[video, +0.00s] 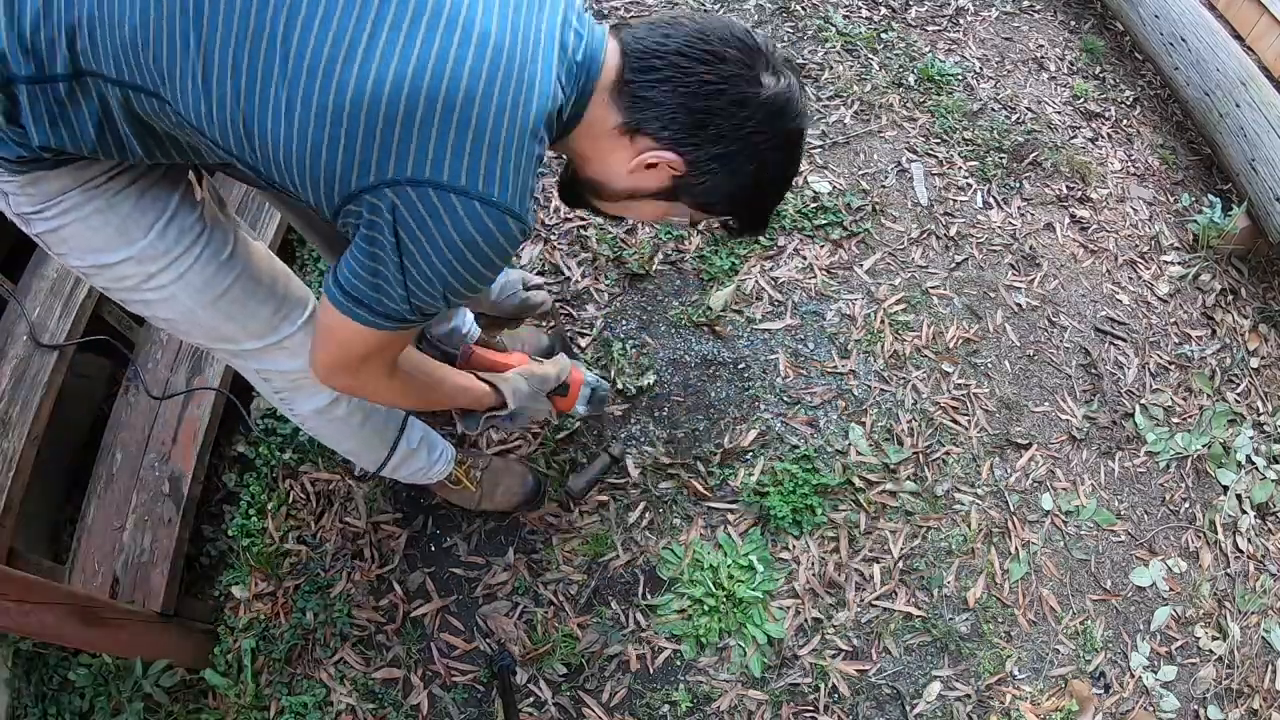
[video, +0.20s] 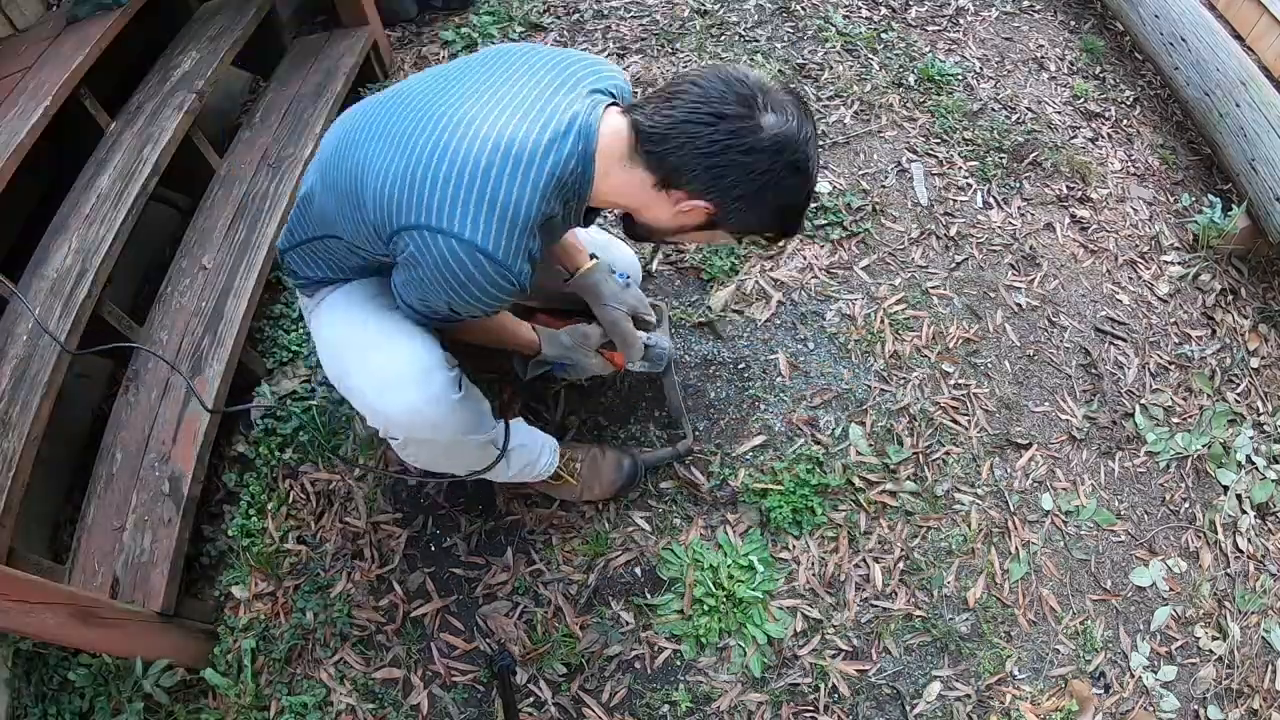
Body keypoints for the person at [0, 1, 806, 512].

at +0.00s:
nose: (649, 226)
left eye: (673, 221)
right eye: (672, 214)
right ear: (657, 162)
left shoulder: (560, 15)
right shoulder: (470, 208)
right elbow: (344, 362)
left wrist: (450, 321)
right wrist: (488, 396)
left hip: (134, 7)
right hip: (37, 107)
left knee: (323, 156)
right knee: (280, 338)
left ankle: (463, 312)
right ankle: (432, 467)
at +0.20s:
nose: (701, 242)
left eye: (717, 239)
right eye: (715, 235)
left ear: (679, 108)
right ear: (692, 208)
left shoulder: (600, 82)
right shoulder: (475, 249)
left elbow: (540, 191)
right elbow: (433, 315)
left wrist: (593, 277)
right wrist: (543, 344)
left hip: (400, 147)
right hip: (336, 251)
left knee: (618, 264)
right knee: (418, 403)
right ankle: (535, 463)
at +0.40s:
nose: (730, 192)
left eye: (747, 183)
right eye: (749, 182)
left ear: (715, 78)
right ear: (740, 157)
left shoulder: (621, 61)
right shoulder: (579, 173)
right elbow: (448, 293)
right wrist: (566, 327)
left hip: (438, 184)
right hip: (355, 261)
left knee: (622, 271)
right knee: (465, 392)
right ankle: (530, 466)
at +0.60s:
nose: (741, 242)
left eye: (759, 238)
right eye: (758, 232)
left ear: (724, 107)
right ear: (739, 199)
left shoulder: (644, 82)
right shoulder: (548, 230)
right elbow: (442, 297)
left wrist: (601, 293)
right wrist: (563, 356)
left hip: (414, 156)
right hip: (352, 251)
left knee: (614, 265)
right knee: (454, 401)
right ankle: (523, 470)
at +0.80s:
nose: (743, 237)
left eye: (760, 233)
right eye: (759, 227)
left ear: (727, 105)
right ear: (742, 192)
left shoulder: (647, 78)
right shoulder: (567, 215)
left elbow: (563, 185)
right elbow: (449, 286)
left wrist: (599, 274)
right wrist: (565, 339)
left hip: (417, 153)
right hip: (355, 248)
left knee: (618, 267)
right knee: (465, 393)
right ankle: (525, 463)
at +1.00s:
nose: (770, 268)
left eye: (790, 264)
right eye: (791, 258)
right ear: (778, 216)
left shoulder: (683, 108)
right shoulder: (601, 224)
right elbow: (454, 295)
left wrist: (598, 295)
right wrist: (577, 359)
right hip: (366, 253)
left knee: (622, 258)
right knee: (475, 412)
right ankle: (524, 478)